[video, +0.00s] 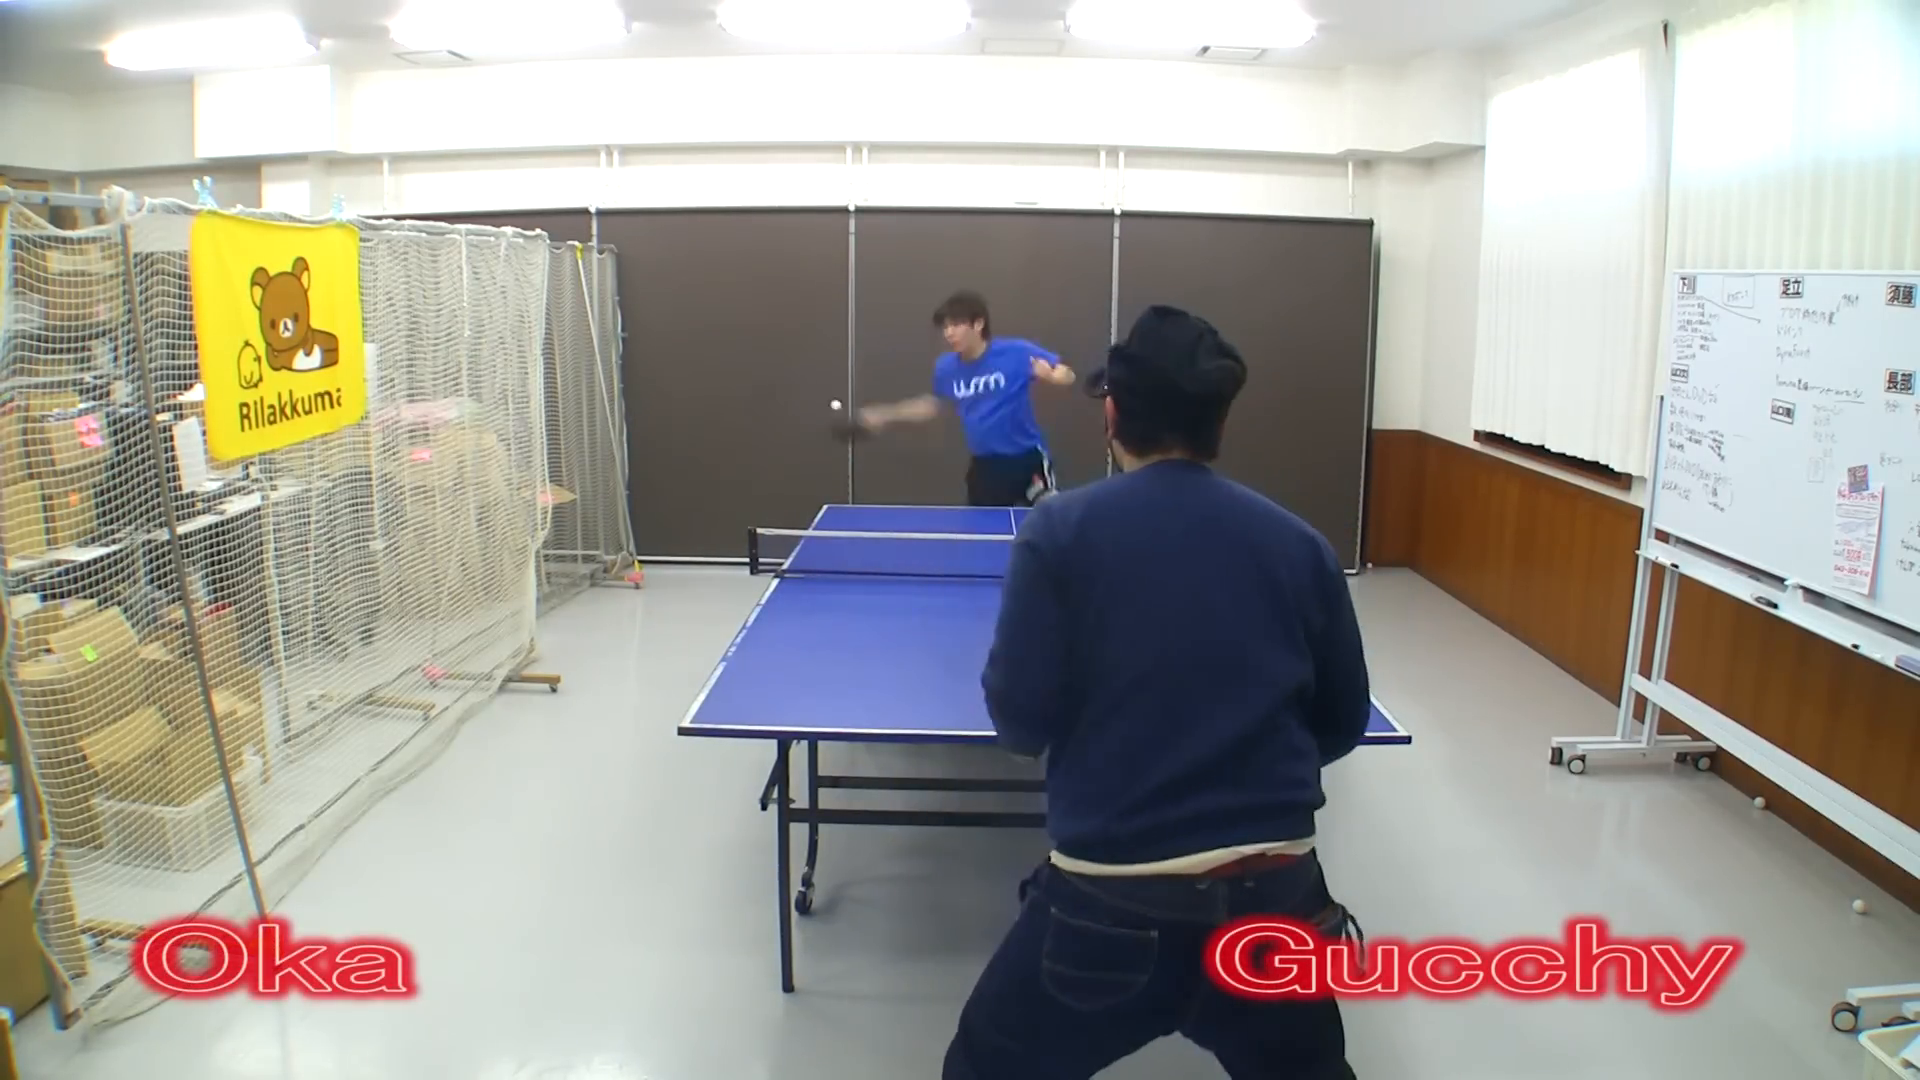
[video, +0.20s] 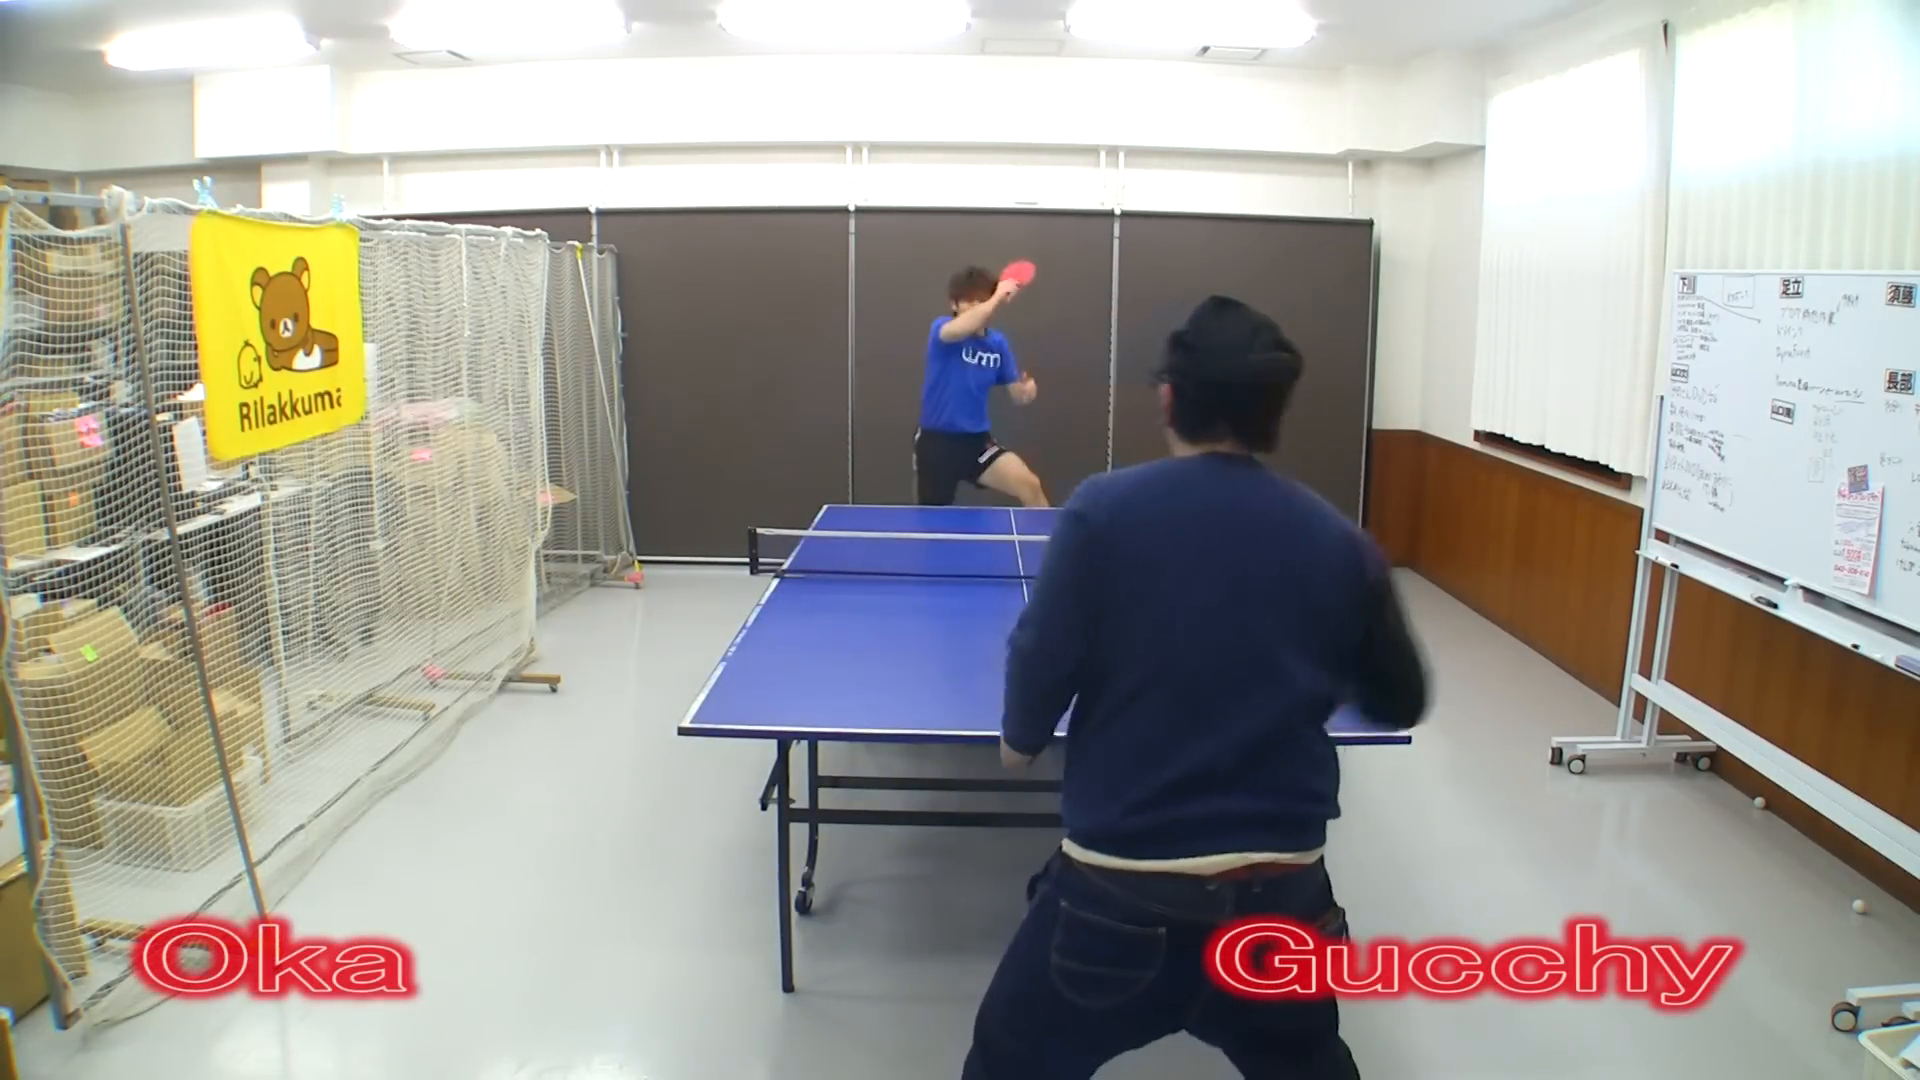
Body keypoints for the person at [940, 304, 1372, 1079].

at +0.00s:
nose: (1100, 406)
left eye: (1103, 393)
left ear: (1112, 412)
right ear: (1219, 419)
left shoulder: (1060, 531)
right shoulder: (1298, 542)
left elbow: (1021, 716)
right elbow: (1340, 719)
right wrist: (1232, 737)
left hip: (1108, 921)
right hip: (1275, 914)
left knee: (985, 1069)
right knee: (1315, 1071)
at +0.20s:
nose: (1156, 392)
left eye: (1160, 381)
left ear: (1167, 400)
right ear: (1278, 410)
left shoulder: (1103, 512)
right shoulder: (1333, 537)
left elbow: (1035, 681)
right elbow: (1400, 701)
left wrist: (1024, 739)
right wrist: (1301, 664)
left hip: (1116, 913)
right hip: (1282, 913)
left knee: (1008, 1067)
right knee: (1309, 1061)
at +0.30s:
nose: (1249, 401)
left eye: (1255, 389)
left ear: (1262, 407)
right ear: (1369, 421)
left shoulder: (1199, 493)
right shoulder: (1412, 538)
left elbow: (1123, 611)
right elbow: (1551, 605)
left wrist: (1044, 719)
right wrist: (1505, 632)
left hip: (1129, 888)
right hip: (1289, 902)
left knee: (1030, 1067)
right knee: (1310, 1062)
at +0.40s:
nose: (1326, 392)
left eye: (1331, 381)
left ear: (1340, 395)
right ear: (1447, 413)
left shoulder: (1289, 473)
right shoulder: (1489, 534)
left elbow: (1228, 580)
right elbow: (1580, 622)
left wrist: (1126, 689)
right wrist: (1531, 681)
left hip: (1184, 853)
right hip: (1337, 888)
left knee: (1018, 1033)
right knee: (1337, 1061)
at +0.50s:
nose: (1365, 371)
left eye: (1370, 361)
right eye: (1376, 359)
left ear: (1377, 375)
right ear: (1480, 399)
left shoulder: (1340, 449)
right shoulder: (1533, 530)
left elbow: (1285, 562)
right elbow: (1602, 659)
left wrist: (1161, 686)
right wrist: (1556, 788)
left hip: (1231, 828)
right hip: (1384, 869)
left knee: (1037, 997)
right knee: (1363, 1066)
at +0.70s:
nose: (1433, 372)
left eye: (1437, 355)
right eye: (1439, 353)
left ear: (1450, 367)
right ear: (1546, 386)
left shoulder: (1407, 451)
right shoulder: (1603, 528)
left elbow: (1330, 567)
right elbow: (1673, 678)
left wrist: (1182, 674)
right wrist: (1627, 823)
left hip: (1302, 826)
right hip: (1449, 869)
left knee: (1159, 1022)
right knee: (1419, 1065)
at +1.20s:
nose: (1477, 351)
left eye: (1480, 338)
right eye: (1483, 336)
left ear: (1489, 353)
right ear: (1588, 377)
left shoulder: (1435, 452)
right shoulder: (1640, 521)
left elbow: (1353, 610)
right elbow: (1648, 703)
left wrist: (1247, 747)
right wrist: (1552, 753)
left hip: (1373, 845)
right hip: (1521, 863)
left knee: (1227, 1055)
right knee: (1490, 1069)